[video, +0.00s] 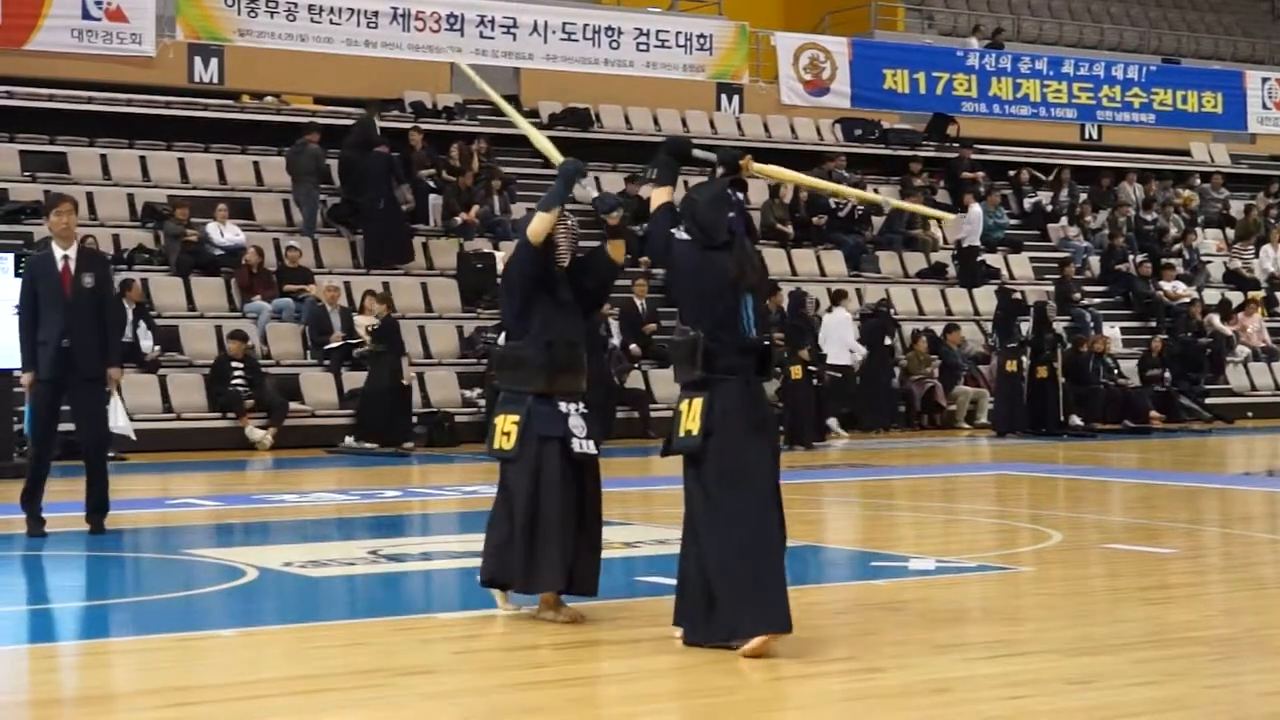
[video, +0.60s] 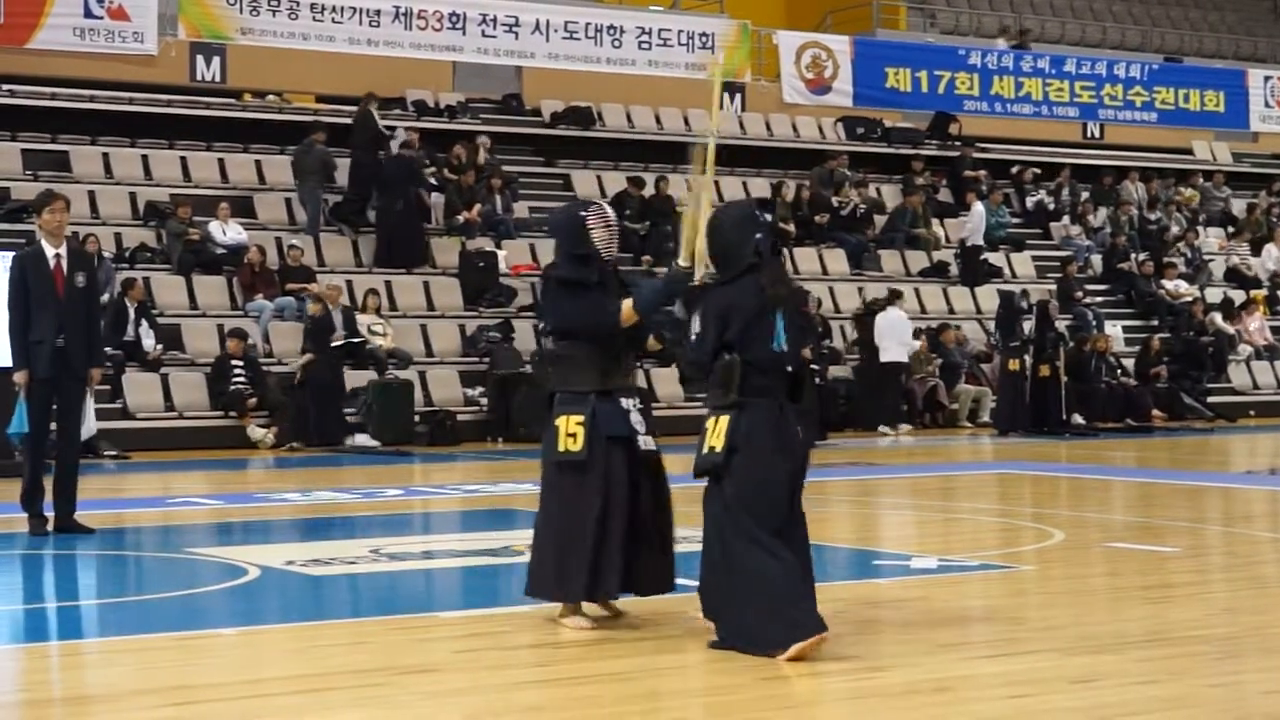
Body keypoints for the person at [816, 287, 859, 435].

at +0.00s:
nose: (849, 302)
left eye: (848, 299)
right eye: (848, 299)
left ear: (834, 301)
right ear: (844, 301)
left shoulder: (827, 317)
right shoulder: (846, 317)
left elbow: (820, 339)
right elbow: (849, 340)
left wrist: (828, 350)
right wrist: (862, 351)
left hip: (830, 359)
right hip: (844, 360)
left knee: (832, 393)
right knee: (848, 392)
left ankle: (834, 425)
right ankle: (834, 418)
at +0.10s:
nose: (859, 303)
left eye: (859, 299)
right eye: (858, 300)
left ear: (844, 301)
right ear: (853, 300)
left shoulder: (835, 317)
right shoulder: (854, 316)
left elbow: (833, 341)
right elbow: (856, 340)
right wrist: (872, 348)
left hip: (837, 359)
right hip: (853, 360)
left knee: (839, 394)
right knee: (858, 393)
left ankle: (838, 426)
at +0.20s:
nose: (869, 302)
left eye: (868, 299)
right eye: (867, 299)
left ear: (854, 300)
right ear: (863, 300)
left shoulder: (847, 315)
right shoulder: (861, 316)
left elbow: (847, 340)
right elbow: (865, 341)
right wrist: (886, 348)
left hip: (848, 359)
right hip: (862, 360)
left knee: (849, 393)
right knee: (869, 394)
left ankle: (841, 422)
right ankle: (878, 425)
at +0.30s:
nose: (879, 304)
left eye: (878, 301)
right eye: (877, 301)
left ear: (864, 301)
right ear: (872, 301)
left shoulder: (856, 317)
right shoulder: (872, 316)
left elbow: (855, 339)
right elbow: (875, 341)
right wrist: (892, 347)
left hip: (860, 362)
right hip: (875, 362)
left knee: (863, 396)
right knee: (879, 395)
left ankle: (853, 420)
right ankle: (881, 426)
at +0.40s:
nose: (887, 303)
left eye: (887, 299)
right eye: (886, 300)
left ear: (872, 300)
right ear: (881, 300)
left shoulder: (863, 317)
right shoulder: (882, 317)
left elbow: (861, 336)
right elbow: (886, 339)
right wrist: (899, 347)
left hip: (869, 360)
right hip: (884, 359)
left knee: (873, 393)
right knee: (884, 393)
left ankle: (874, 423)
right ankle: (884, 425)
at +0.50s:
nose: (895, 302)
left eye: (894, 299)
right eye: (894, 299)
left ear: (880, 299)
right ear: (890, 300)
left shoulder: (871, 316)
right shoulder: (892, 316)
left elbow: (868, 339)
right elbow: (897, 339)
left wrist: (879, 348)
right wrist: (909, 344)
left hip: (876, 357)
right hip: (891, 357)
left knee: (879, 391)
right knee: (890, 391)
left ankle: (879, 422)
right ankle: (886, 424)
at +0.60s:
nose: (903, 302)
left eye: (902, 300)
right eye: (902, 300)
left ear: (888, 300)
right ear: (899, 301)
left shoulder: (879, 317)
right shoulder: (902, 317)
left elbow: (876, 340)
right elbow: (906, 339)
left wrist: (887, 347)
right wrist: (918, 345)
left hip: (884, 356)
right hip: (900, 356)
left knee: (889, 391)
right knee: (897, 391)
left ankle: (899, 422)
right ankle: (885, 423)